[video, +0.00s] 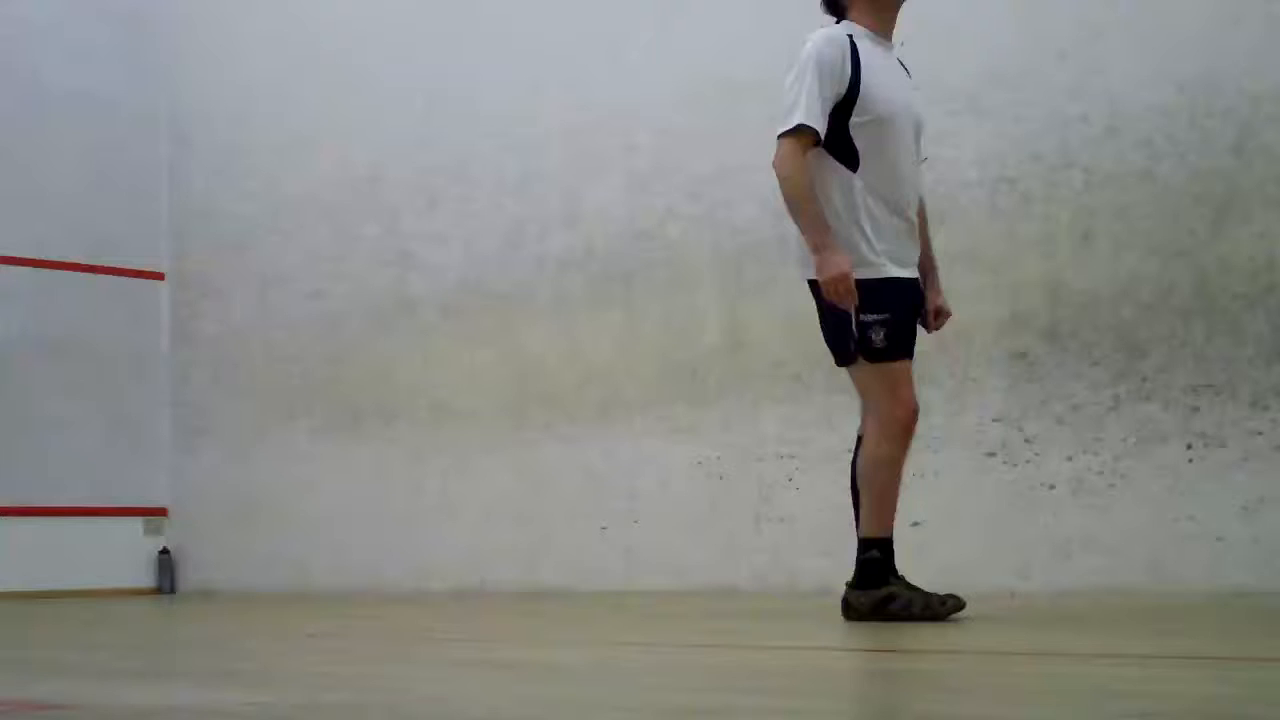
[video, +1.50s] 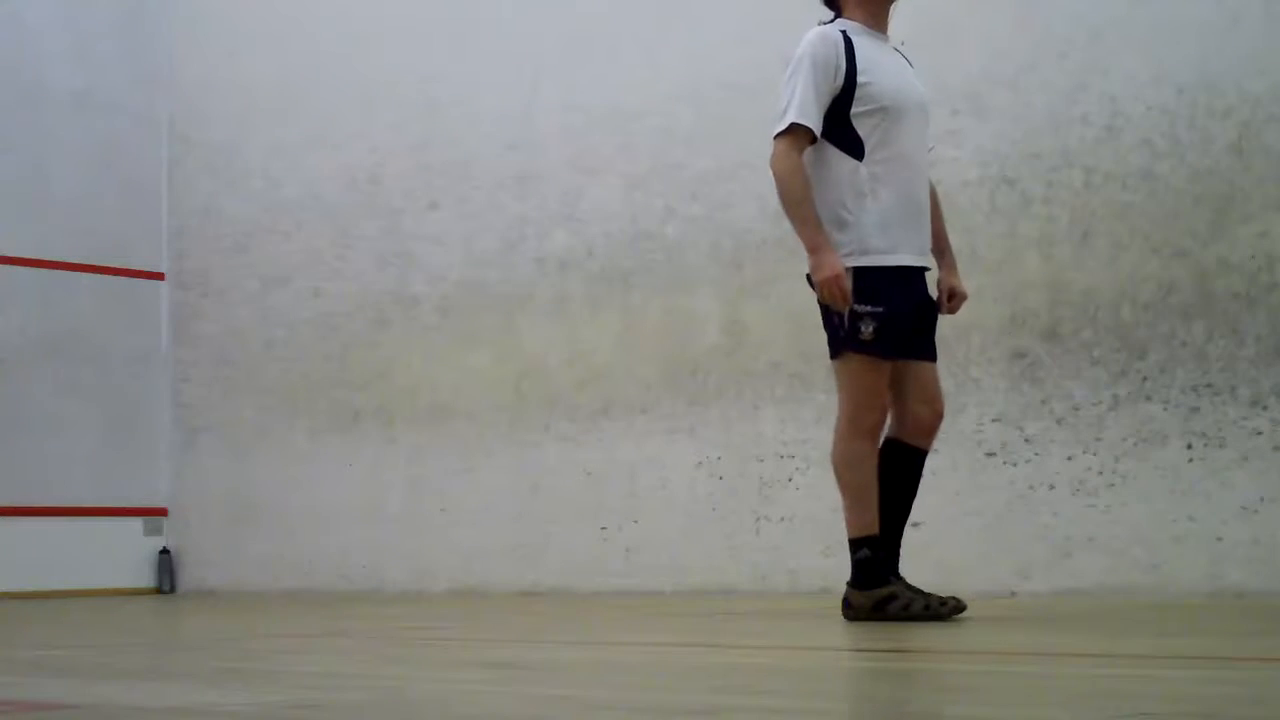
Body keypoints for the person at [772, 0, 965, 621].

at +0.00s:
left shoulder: (896, 64)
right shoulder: (830, 47)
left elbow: (907, 184)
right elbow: (789, 155)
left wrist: (929, 275)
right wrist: (825, 250)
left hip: (896, 270)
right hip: (858, 270)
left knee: (885, 419)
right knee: (894, 415)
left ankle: (876, 575)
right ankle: (872, 579)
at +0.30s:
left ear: (856, 2)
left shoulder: (894, 66)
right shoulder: (829, 49)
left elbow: (905, 187)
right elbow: (789, 161)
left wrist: (925, 280)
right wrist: (824, 259)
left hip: (895, 273)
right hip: (858, 274)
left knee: (881, 421)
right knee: (897, 415)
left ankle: (875, 576)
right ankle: (873, 579)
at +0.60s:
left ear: (857, 0)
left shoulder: (899, 64)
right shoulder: (827, 51)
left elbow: (910, 176)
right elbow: (788, 164)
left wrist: (933, 263)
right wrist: (824, 263)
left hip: (894, 274)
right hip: (848, 272)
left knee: (917, 412)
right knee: (873, 414)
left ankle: (883, 576)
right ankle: (868, 582)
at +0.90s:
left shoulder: (892, 59)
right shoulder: (823, 41)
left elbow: (915, 169)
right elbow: (785, 152)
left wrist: (951, 253)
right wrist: (824, 254)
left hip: (901, 267)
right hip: (859, 267)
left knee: (904, 414)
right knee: (890, 413)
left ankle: (881, 576)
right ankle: (870, 581)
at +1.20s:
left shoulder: (898, 57)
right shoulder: (826, 38)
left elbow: (916, 173)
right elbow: (783, 148)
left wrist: (942, 262)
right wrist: (816, 241)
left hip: (903, 264)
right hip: (860, 263)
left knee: (903, 413)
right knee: (879, 413)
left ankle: (881, 576)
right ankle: (869, 581)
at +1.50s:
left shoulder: (899, 59)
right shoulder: (826, 44)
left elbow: (915, 173)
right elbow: (785, 155)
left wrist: (945, 262)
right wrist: (820, 252)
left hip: (908, 268)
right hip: (858, 266)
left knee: (922, 413)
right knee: (862, 416)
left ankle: (881, 575)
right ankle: (867, 582)